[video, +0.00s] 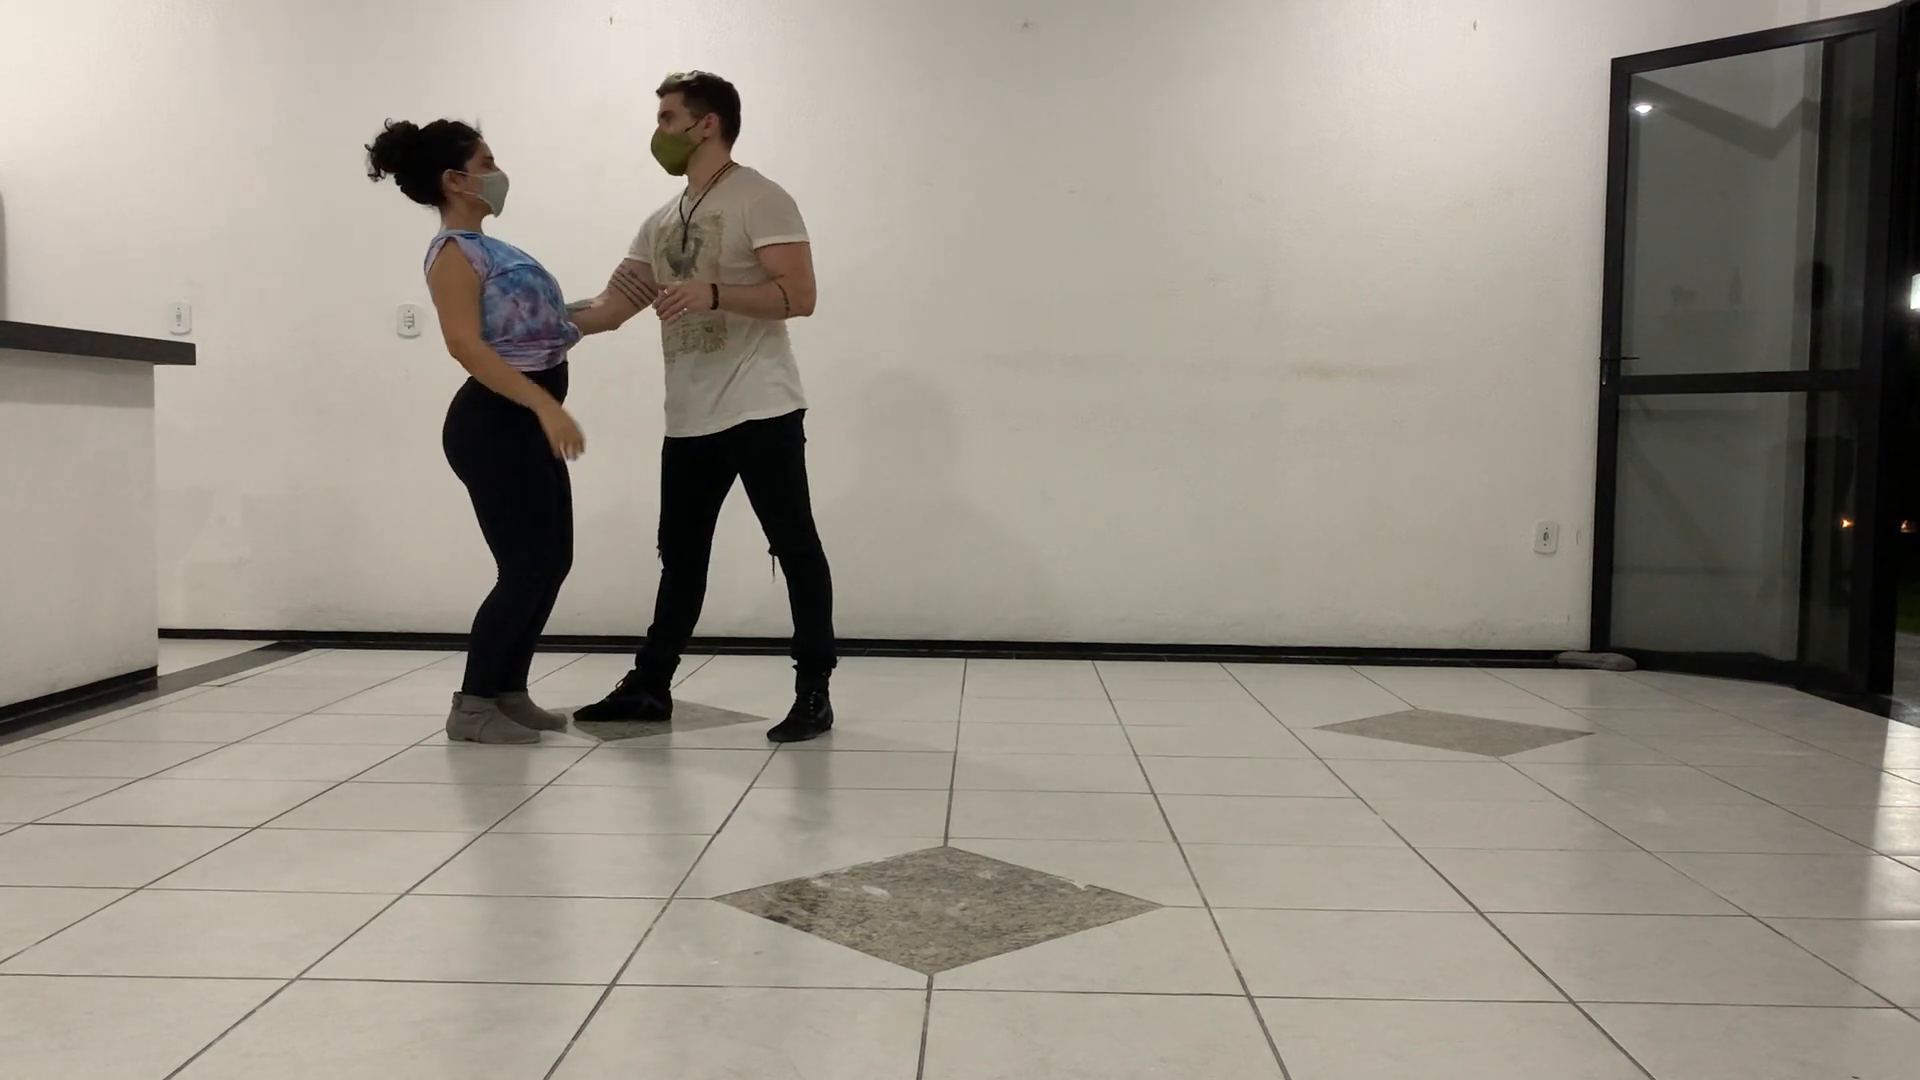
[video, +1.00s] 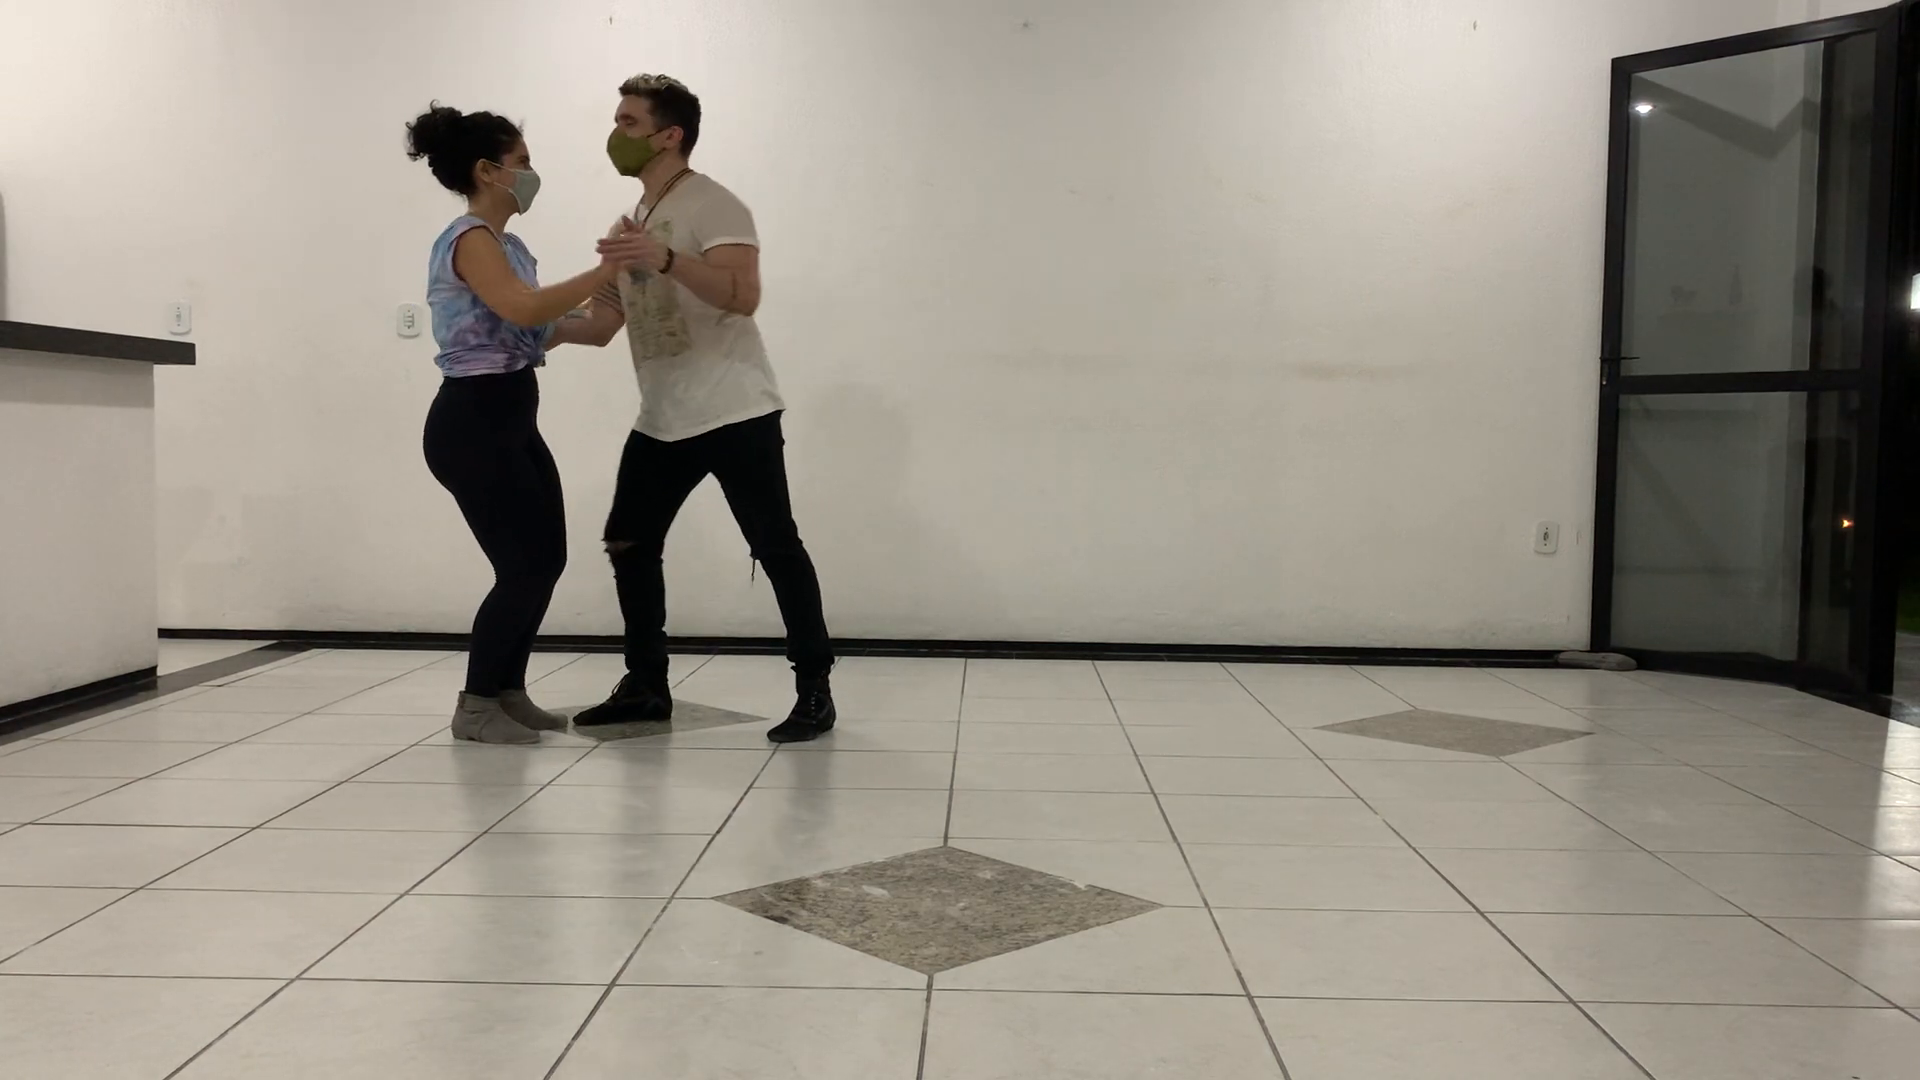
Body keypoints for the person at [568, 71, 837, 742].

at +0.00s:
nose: (656, 131)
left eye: (667, 119)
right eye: (657, 120)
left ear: (710, 124)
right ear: (697, 127)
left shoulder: (760, 199)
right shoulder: (660, 227)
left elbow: (799, 297)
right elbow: (613, 308)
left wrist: (712, 294)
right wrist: (539, 318)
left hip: (763, 405)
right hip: (690, 416)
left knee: (795, 547)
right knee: (681, 553)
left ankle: (814, 695)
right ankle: (649, 687)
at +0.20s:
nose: (669, 129)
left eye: (681, 117)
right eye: (670, 117)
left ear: (723, 124)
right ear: (706, 126)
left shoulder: (771, 202)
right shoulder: (667, 223)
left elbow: (814, 299)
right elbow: (607, 295)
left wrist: (731, 303)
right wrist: (524, 316)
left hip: (766, 406)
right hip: (694, 417)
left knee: (797, 549)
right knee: (682, 553)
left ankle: (815, 695)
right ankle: (649, 688)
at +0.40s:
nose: (670, 130)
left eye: (681, 118)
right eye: (670, 118)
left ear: (723, 124)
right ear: (705, 127)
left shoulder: (774, 203)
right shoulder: (665, 223)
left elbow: (818, 300)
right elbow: (594, 293)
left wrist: (740, 305)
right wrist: (514, 315)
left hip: (769, 406)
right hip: (696, 416)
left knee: (798, 549)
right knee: (683, 553)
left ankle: (815, 697)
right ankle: (650, 688)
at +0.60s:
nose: (666, 123)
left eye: (679, 112)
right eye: (668, 112)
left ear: (719, 123)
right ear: (701, 125)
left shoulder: (768, 201)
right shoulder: (661, 220)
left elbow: (813, 298)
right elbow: (596, 286)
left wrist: (736, 302)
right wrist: (521, 328)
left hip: (766, 406)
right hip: (692, 416)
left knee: (796, 550)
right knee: (680, 553)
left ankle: (815, 697)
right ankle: (649, 688)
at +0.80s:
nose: (645, 127)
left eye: (658, 115)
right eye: (648, 116)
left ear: (702, 124)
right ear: (688, 126)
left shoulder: (753, 199)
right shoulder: (649, 221)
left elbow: (793, 295)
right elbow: (597, 296)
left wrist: (715, 287)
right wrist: (522, 319)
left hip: (760, 406)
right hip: (685, 414)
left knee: (791, 550)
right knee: (668, 551)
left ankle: (814, 697)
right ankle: (649, 688)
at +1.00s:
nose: (614, 131)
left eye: (628, 122)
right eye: (616, 120)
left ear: (671, 135)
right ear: (651, 137)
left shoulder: (714, 205)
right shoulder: (630, 229)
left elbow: (742, 294)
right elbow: (600, 324)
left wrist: (665, 260)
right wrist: (526, 320)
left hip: (737, 408)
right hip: (665, 416)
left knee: (776, 546)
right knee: (630, 540)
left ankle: (815, 695)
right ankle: (646, 688)